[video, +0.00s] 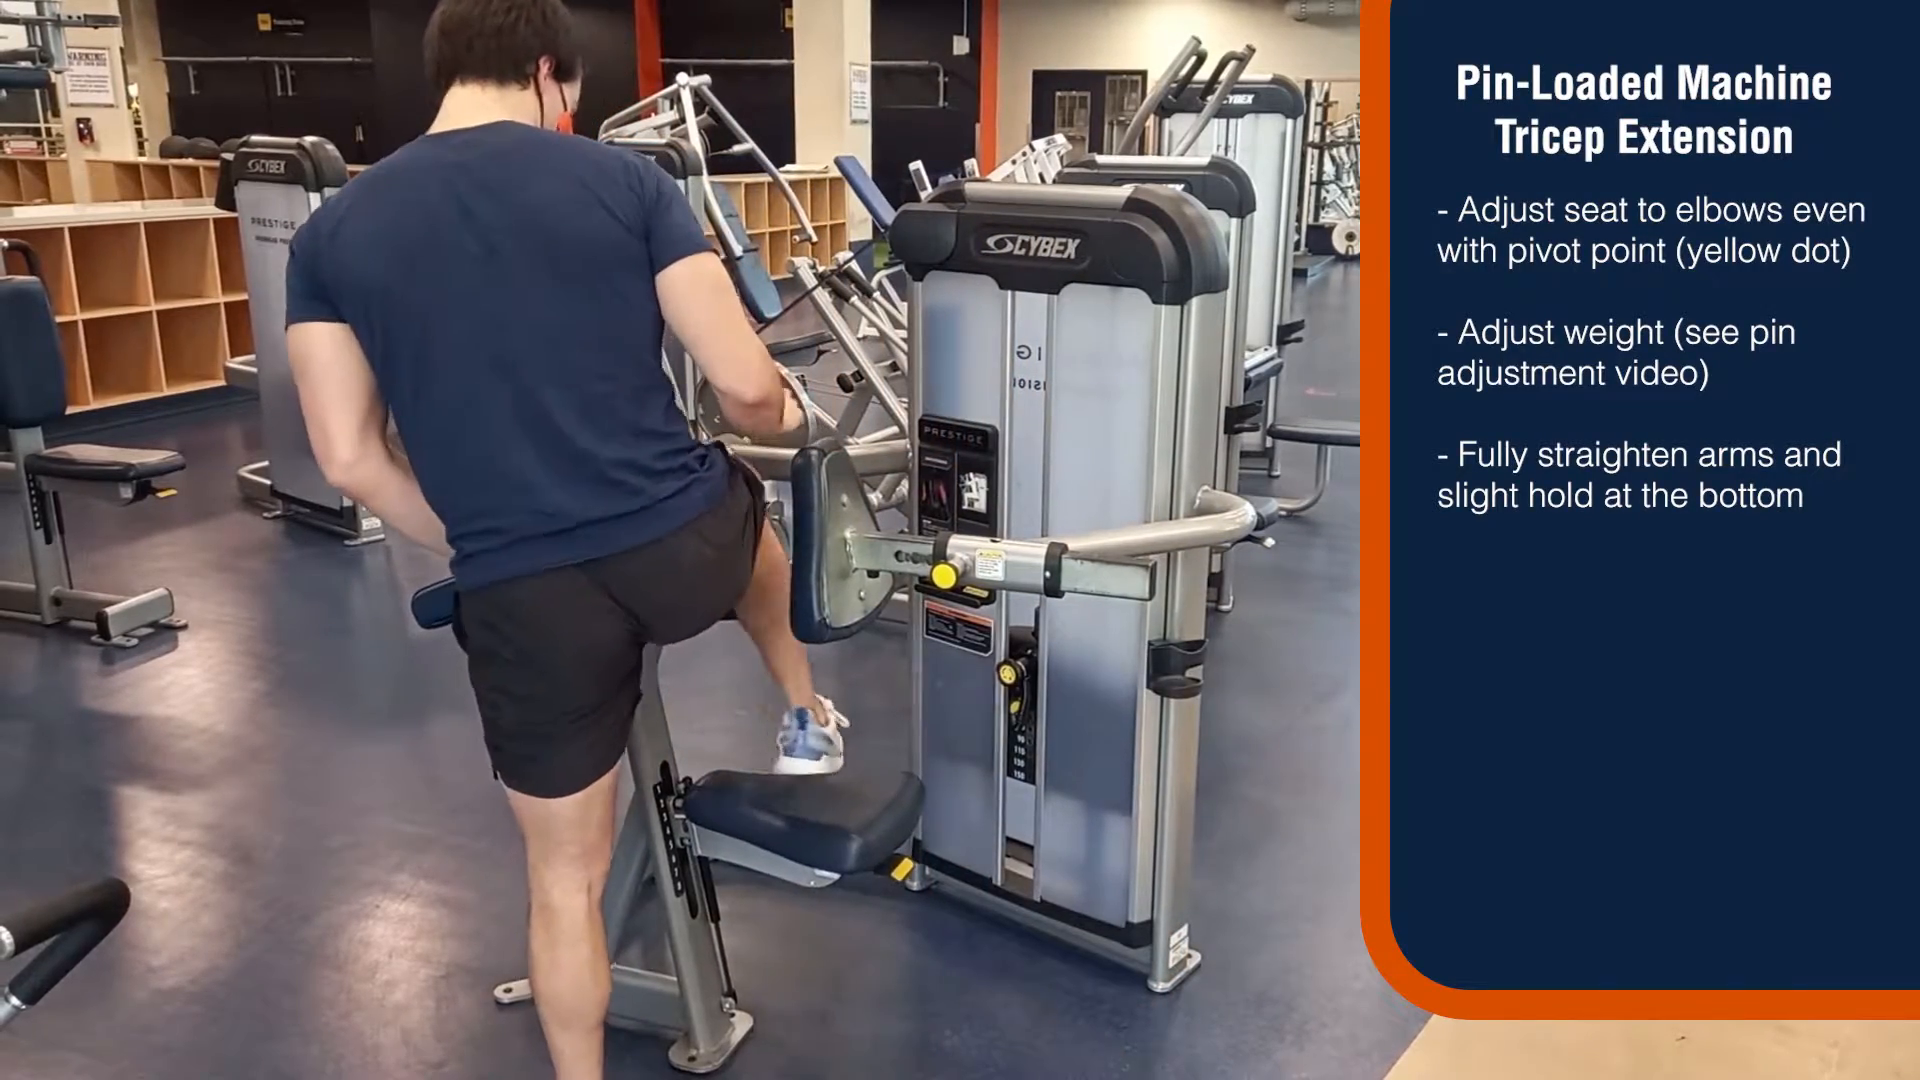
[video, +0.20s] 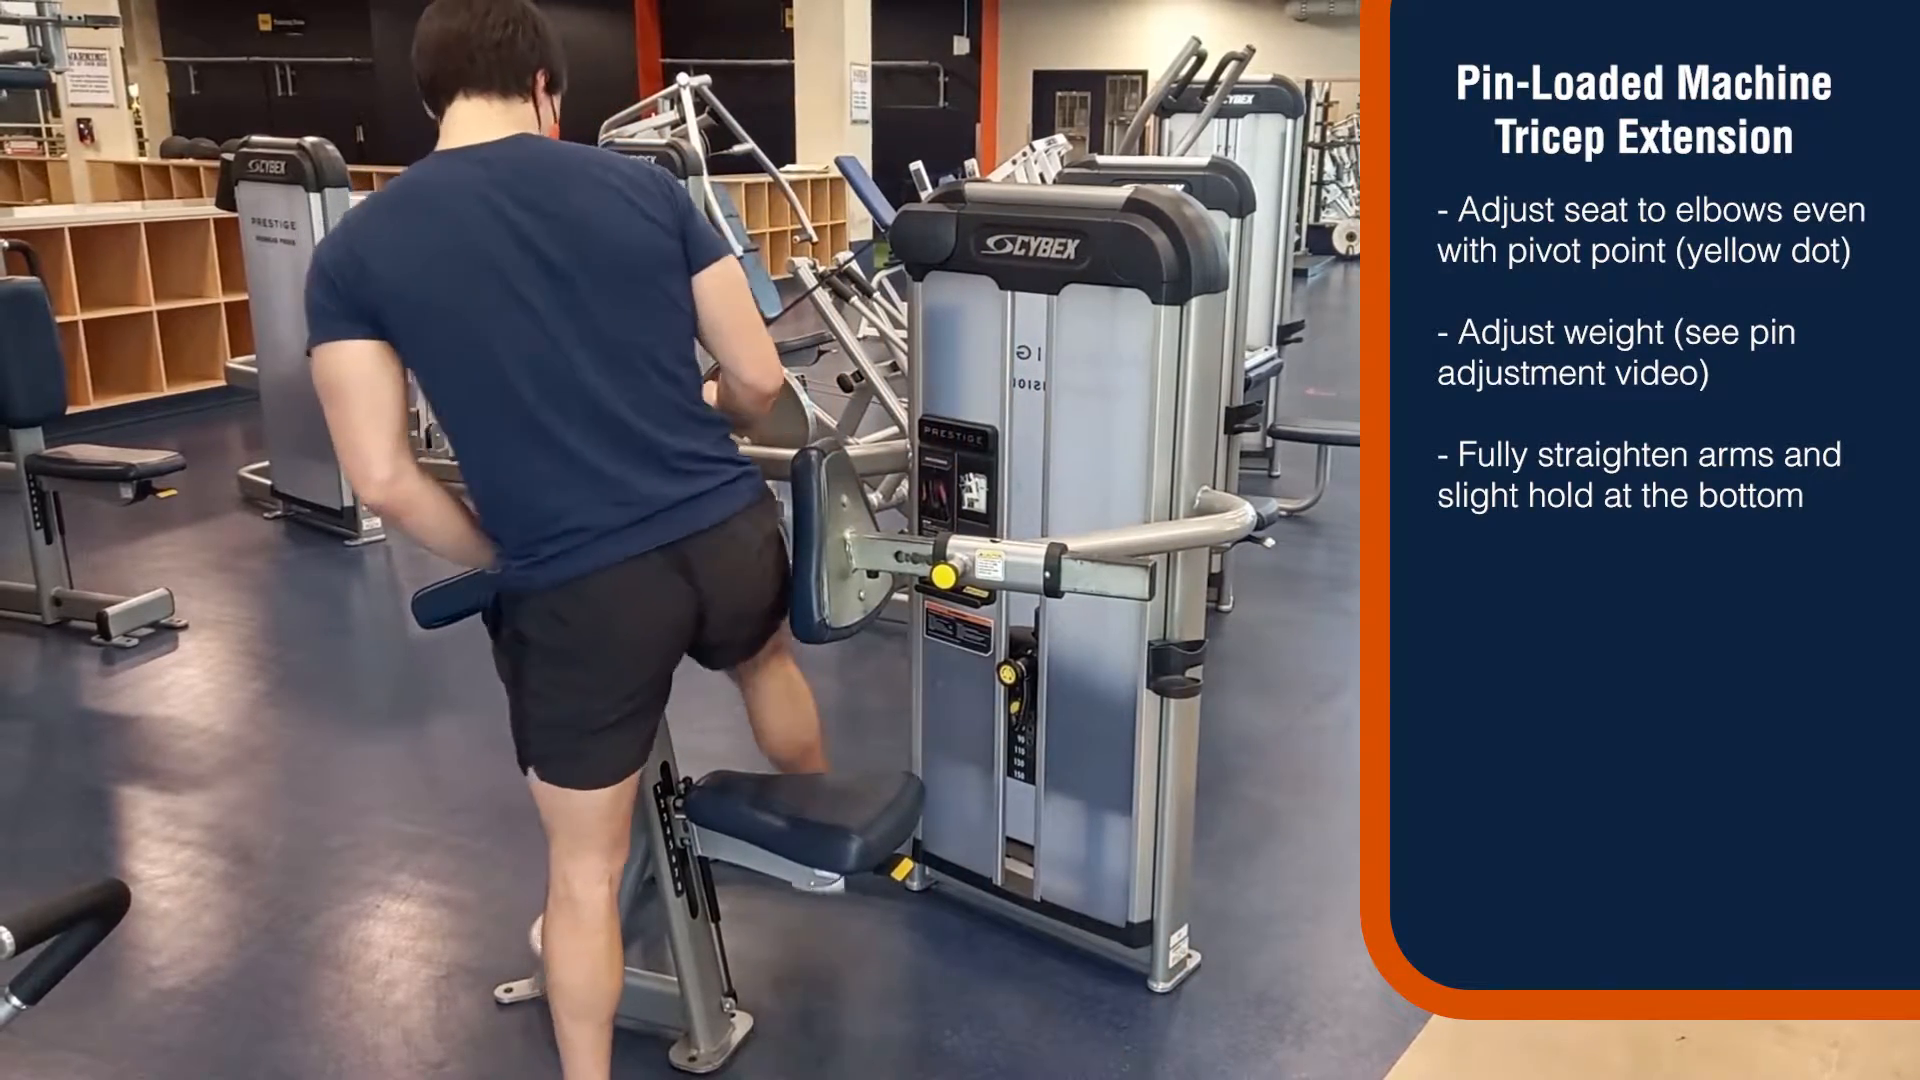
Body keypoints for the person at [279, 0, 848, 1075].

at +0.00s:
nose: (577, 113)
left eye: (577, 100)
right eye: (576, 96)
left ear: (438, 83)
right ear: (546, 81)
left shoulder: (335, 230)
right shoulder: (620, 179)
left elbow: (347, 455)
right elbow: (748, 389)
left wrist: (465, 526)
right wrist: (782, 424)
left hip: (523, 607)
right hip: (673, 551)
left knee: (563, 885)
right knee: (745, 518)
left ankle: (580, 1079)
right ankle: (808, 717)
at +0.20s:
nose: (557, 110)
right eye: (558, 96)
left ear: (429, 100)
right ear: (543, 92)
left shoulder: (359, 246)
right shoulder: (642, 186)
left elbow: (379, 476)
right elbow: (760, 382)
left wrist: (500, 553)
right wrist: (718, 407)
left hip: (579, 601)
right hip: (727, 547)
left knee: (582, 874)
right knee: (765, 653)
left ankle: (588, 1076)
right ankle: (820, 822)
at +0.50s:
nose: (518, 149)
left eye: (515, 135)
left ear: (523, 133)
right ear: (631, 116)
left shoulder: (537, 238)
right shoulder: (721, 214)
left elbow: (544, 448)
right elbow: (816, 381)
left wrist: (507, 533)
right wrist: (767, 458)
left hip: (670, 567)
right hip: (779, 540)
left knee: (581, 822)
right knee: (751, 750)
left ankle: (607, 1067)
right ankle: (808, 957)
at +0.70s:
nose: (589, 196)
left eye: (588, 183)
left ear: (599, 179)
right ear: (699, 177)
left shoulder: (586, 250)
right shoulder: (766, 260)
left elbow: (579, 441)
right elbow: (853, 420)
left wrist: (513, 526)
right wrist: (773, 428)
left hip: (690, 603)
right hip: (796, 582)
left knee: (543, 821)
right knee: (730, 760)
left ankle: (616, 1062)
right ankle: (805, 957)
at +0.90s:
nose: (729, 272)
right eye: (729, 259)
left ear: (622, 261)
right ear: (723, 258)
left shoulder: (597, 311)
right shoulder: (780, 343)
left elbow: (534, 463)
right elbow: (849, 480)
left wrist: (489, 544)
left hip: (705, 680)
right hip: (823, 657)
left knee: (514, 831)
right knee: (710, 760)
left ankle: (616, 1062)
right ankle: (799, 947)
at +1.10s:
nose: (761, 342)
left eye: (760, 329)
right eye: (759, 328)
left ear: (651, 325)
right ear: (746, 324)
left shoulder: (618, 374)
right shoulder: (796, 403)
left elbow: (539, 492)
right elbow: (865, 556)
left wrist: (506, 542)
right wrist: (893, 682)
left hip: (738, 746)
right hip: (849, 711)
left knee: (510, 831)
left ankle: (613, 1060)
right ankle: (794, 947)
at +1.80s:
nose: (811, 402)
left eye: (813, 391)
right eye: (813, 388)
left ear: (709, 353)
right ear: (790, 378)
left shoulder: (652, 405)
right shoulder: (813, 451)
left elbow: (580, 504)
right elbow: (904, 615)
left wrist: (499, 539)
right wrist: (990, 693)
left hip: (757, 781)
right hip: (866, 744)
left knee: (486, 790)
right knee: (715, 716)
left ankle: (523, 1023)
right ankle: (795, 930)